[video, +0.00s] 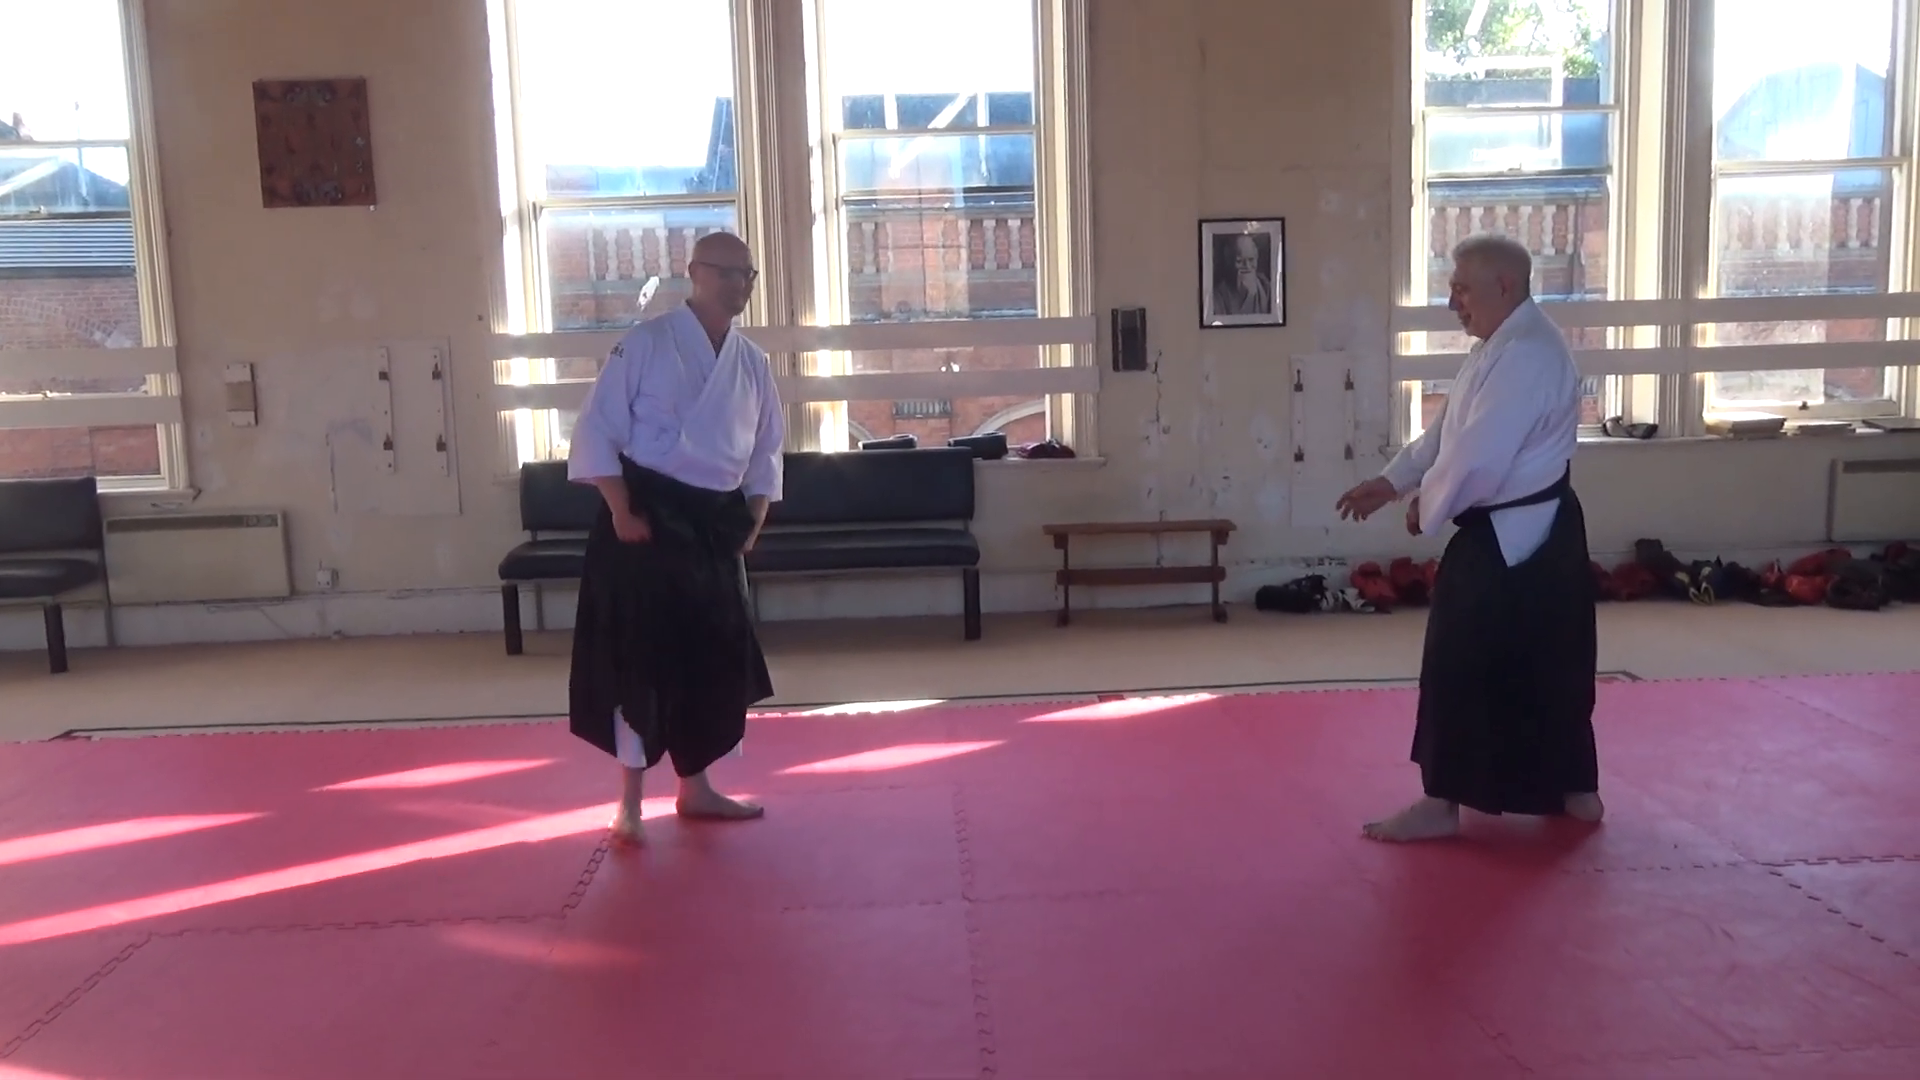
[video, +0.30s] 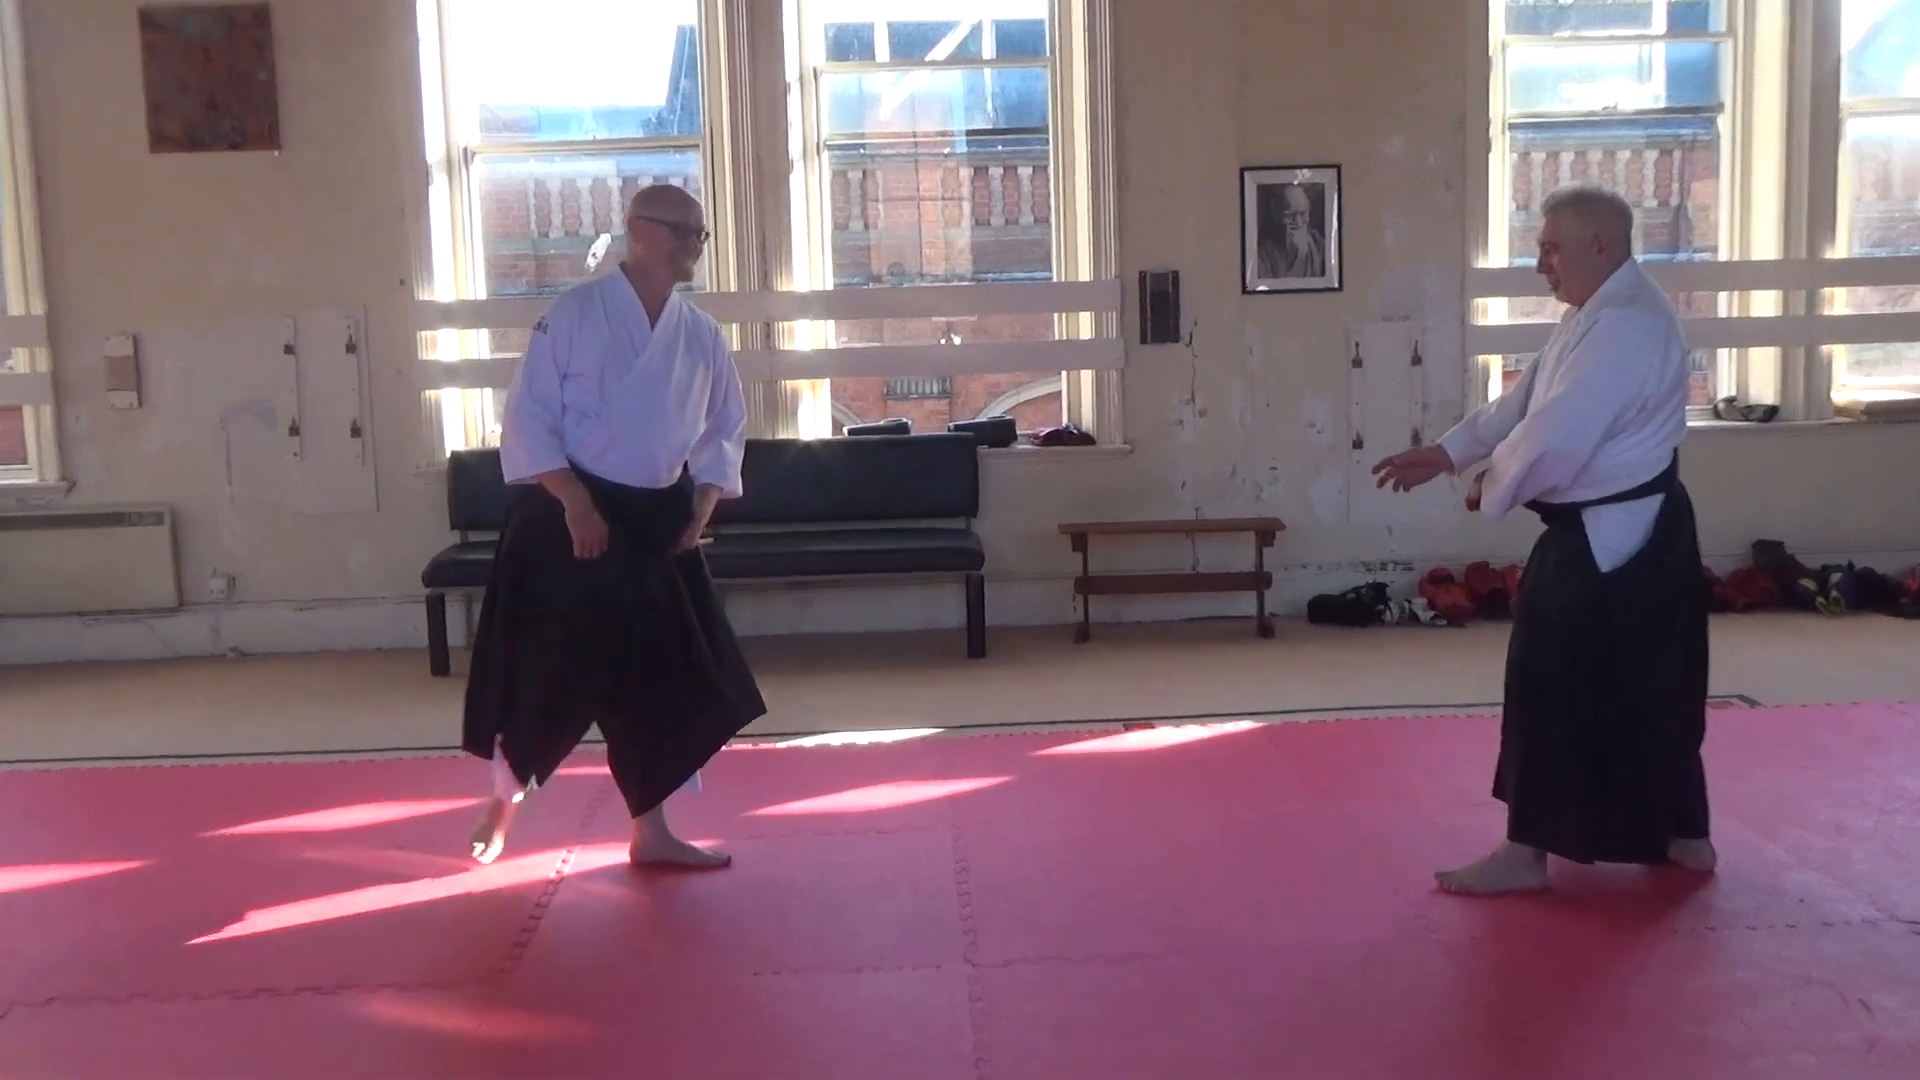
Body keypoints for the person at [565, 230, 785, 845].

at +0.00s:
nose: (743, 284)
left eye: (749, 274)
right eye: (730, 272)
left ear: (752, 280)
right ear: (695, 273)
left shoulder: (753, 363)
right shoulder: (646, 342)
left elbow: (767, 449)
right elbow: (595, 429)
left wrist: (754, 518)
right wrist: (620, 507)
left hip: (716, 519)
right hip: (645, 510)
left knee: (711, 652)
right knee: (640, 652)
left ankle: (695, 787)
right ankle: (630, 799)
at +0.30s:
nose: (697, 245)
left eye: (702, 234)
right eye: (683, 232)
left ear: (699, 241)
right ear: (639, 232)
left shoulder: (703, 335)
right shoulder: (575, 313)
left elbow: (721, 431)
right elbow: (526, 421)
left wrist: (700, 508)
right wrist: (576, 501)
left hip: (656, 517)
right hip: (568, 509)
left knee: (649, 673)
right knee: (550, 665)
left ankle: (651, 830)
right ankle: (503, 804)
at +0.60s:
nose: (587, 206)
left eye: (589, 193)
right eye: (569, 190)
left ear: (579, 204)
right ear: (517, 195)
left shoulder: (596, 303)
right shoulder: (453, 294)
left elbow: (633, 419)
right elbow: (411, 428)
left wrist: (614, 516)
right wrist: (469, 522)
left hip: (565, 526)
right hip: (458, 523)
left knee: (608, 691)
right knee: (449, 695)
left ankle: (615, 871)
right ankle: (415, 845)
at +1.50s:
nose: (604, 255)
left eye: (602, 242)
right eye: (580, 240)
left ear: (600, 253)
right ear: (544, 248)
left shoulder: (634, 336)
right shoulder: (504, 341)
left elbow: (697, 415)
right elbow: (457, 445)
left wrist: (745, 498)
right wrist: (503, 536)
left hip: (625, 536)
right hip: (534, 537)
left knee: (656, 683)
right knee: (522, 683)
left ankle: (664, 837)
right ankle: (510, 812)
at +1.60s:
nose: (640, 266)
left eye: (641, 254)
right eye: (627, 254)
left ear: (633, 259)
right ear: (581, 257)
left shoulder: (668, 337)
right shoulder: (534, 343)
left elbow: (747, 383)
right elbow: (456, 428)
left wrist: (817, 432)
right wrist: (512, 446)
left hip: (653, 531)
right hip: (566, 531)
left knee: (669, 680)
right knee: (554, 680)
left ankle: (673, 832)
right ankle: (516, 797)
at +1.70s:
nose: (658, 266)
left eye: (658, 254)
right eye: (644, 255)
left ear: (650, 259)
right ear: (595, 259)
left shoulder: (688, 332)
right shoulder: (553, 337)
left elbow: (773, 338)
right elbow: (464, 372)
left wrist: (861, 347)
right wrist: (523, 347)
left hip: (676, 532)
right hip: (588, 532)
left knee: (686, 684)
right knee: (555, 682)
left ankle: (676, 830)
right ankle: (514, 805)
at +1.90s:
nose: (690, 267)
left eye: (688, 256)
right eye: (675, 256)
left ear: (676, 266)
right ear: (624, 266)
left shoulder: (720, 325)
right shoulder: (586, 339)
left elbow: (809, 293)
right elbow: (523, 330)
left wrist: (895, 250)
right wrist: (573, 252)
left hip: (705, 540)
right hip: (619, 540)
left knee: (719, 688)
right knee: (599, 701)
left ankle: (697, 827)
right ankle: (563, 865)